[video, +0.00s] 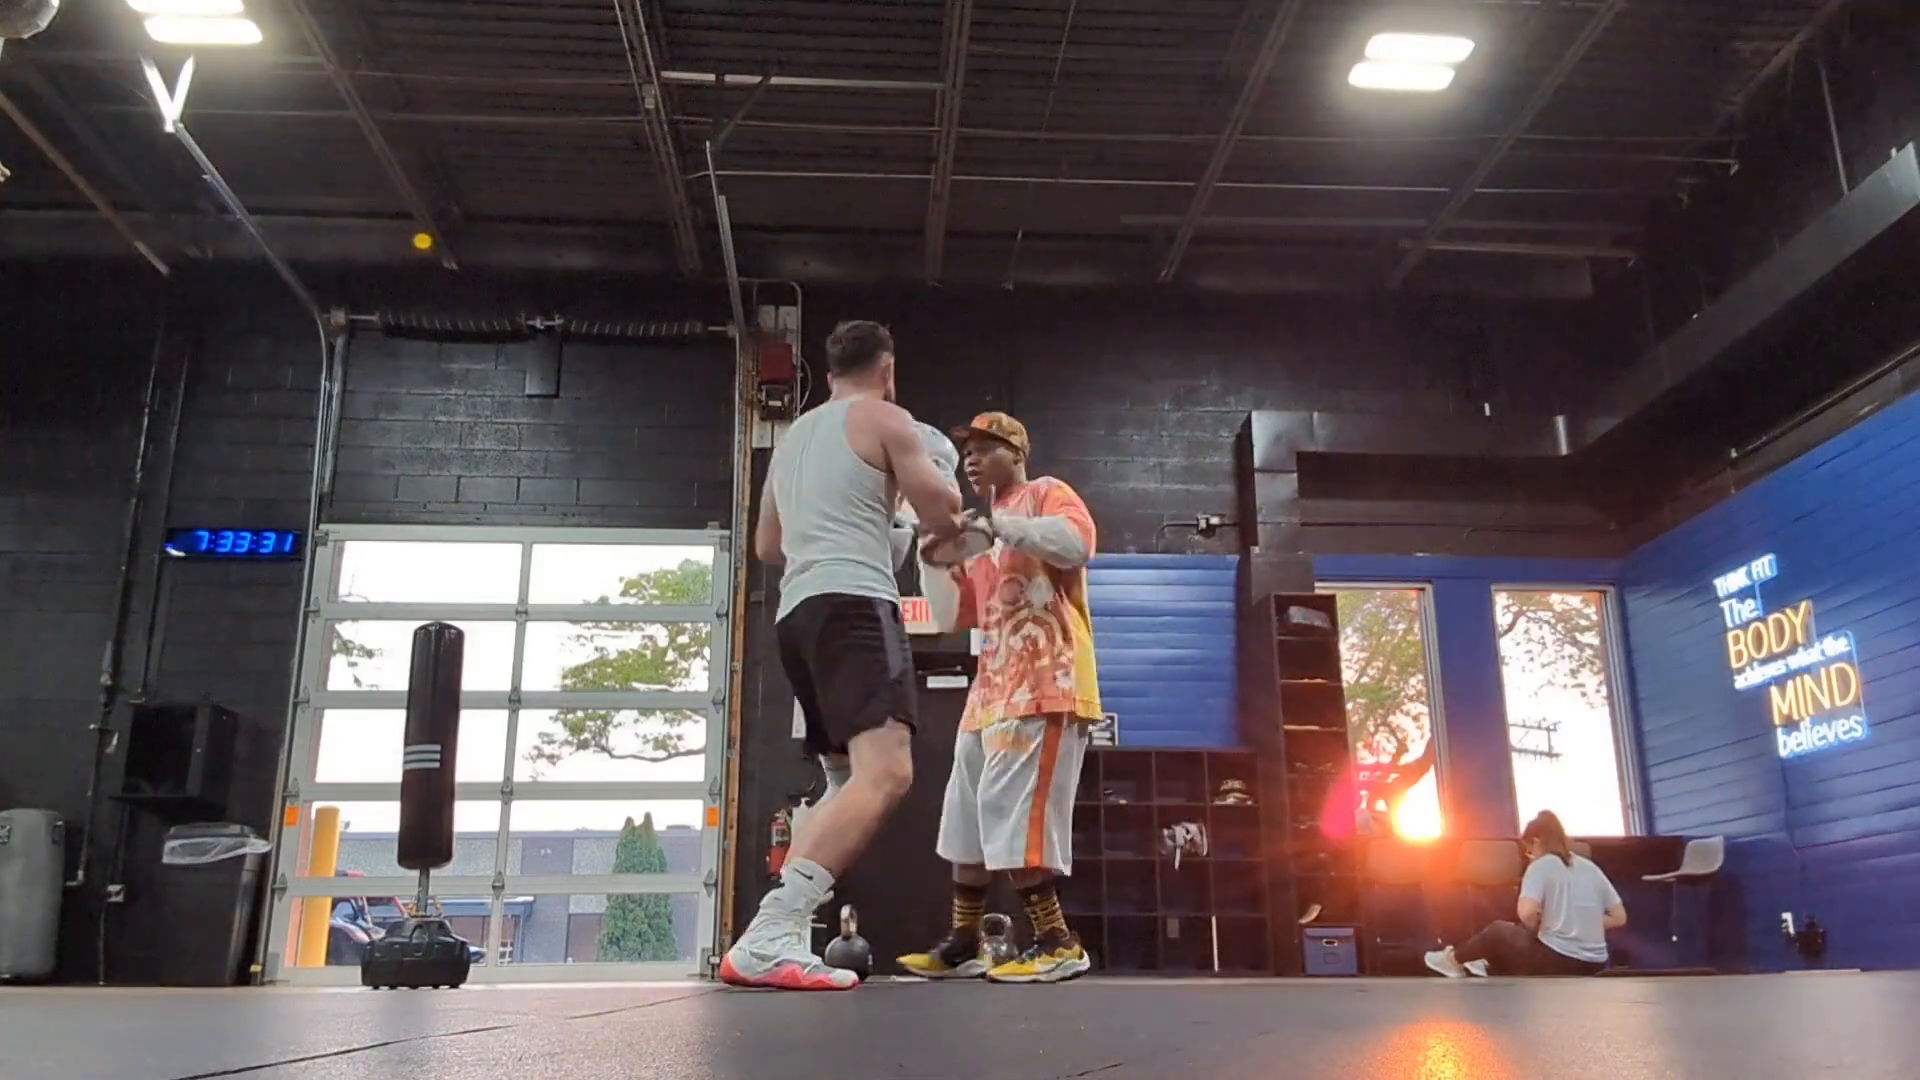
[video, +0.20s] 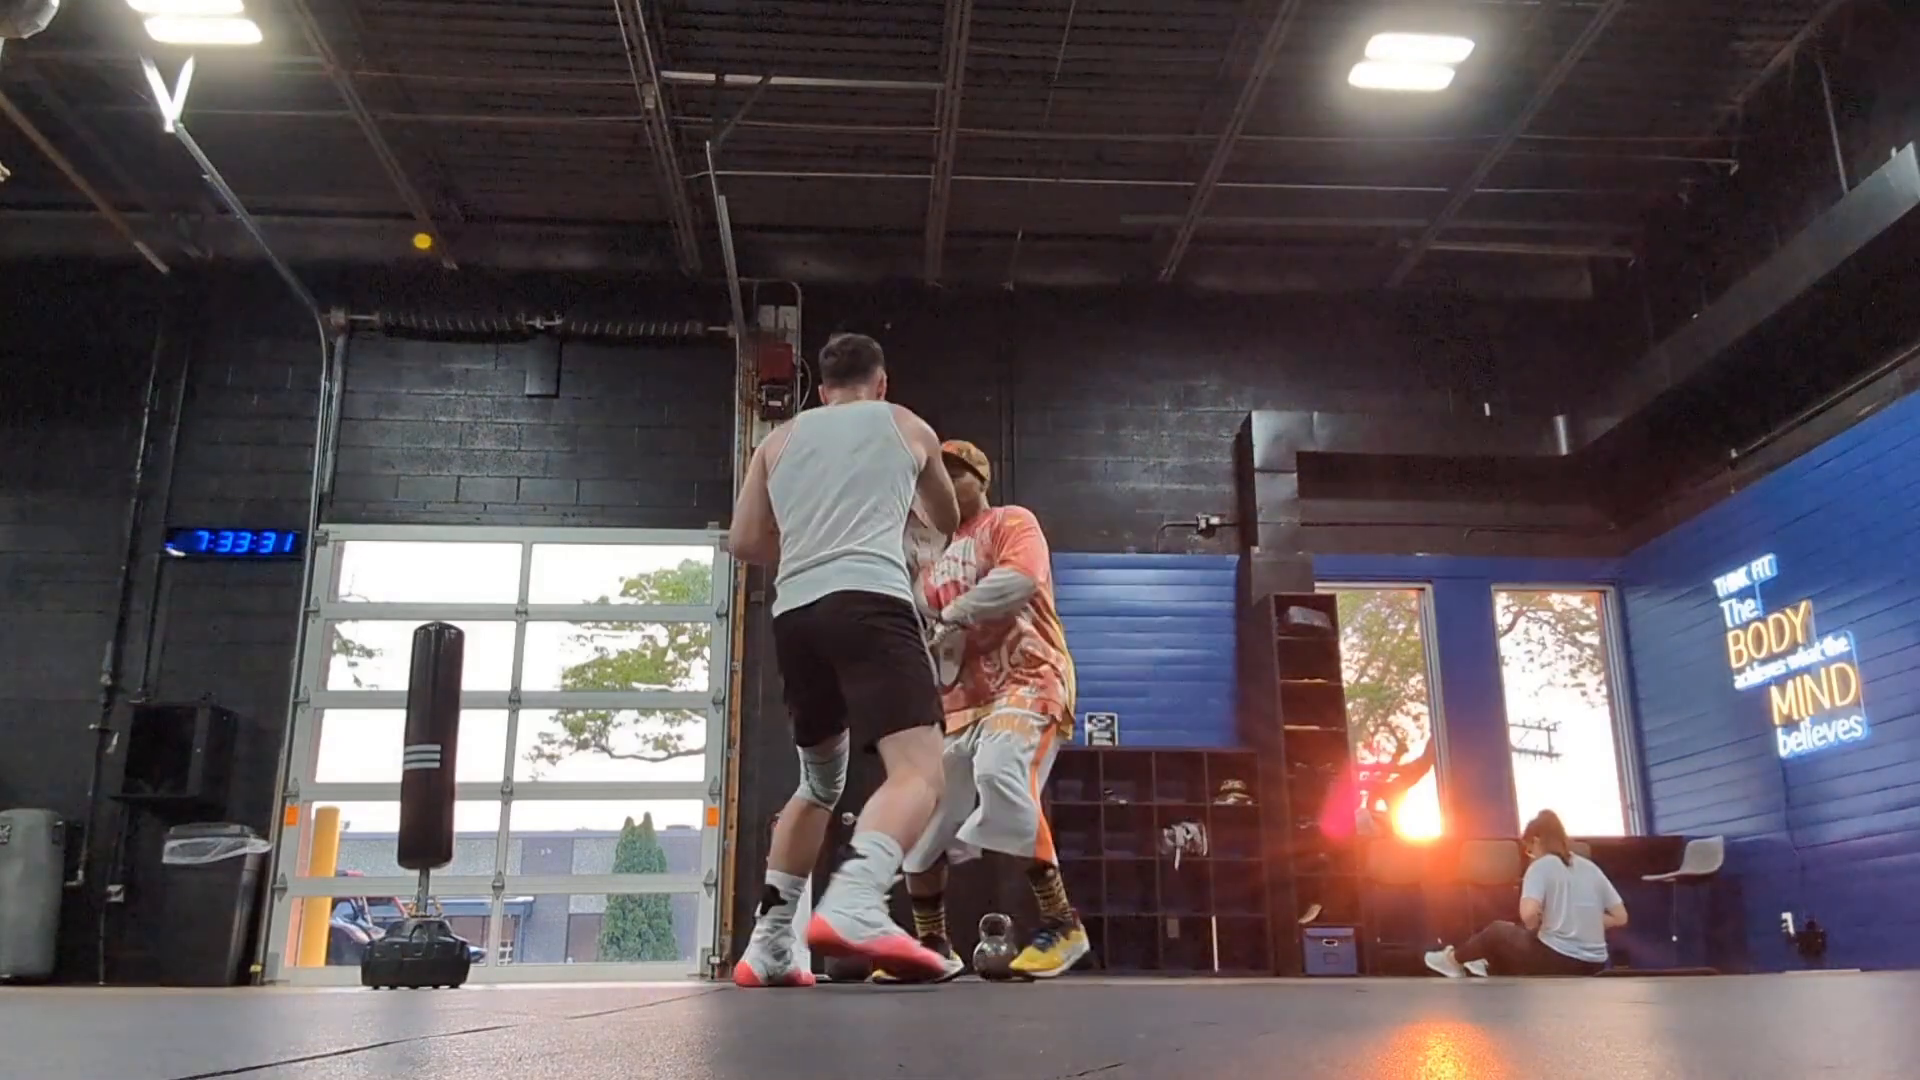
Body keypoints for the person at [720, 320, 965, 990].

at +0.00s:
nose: (896, 386)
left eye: (894, 377)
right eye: (895, 376)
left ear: (827, 376)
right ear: (887, 370)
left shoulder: (790, 440)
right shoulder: (883, 416)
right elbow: (938, 507)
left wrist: (847, 538)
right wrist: (940, 534)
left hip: (797, 613)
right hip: (854, 602)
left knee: (845, 782)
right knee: (884, 773)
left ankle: (776, 938)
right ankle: (773, 934)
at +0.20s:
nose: (883, 394)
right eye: (884, 385)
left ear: (818, 388)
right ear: (883, 383)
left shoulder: (776, 442)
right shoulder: (906, 426)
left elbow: (746, 540)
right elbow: (949, 516)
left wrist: (808, 553)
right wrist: (908, 475)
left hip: (793, 614)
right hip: (870, 601)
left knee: (817, 782)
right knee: (917, 772)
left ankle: (773, 942)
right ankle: (856, 903)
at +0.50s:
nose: (973, 378)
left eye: (974, 365)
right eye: (974, 363)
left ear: (906, 352)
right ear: (960, 356)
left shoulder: (868, 403)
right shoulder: (919, 394)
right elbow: (931, 511)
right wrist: (968, 481)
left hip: (784, 592)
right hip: (839, 578)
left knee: (848, 769)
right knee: (936, 737)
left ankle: (737, 917)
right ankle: (942, 934)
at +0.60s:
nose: (998, 419)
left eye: (1000, 409)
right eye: (998, 404)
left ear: (952, 383)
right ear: (976, 384)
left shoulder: (873, 430)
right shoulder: (906, 413)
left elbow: (876, 551)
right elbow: (919, 532)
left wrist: (938, 561)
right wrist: (986, 483)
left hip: (774, 598)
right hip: (828, 586)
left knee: (841, 779)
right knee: (944, 739)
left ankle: (739, 933)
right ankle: (943, 936)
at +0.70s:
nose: (982, 509)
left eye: (992, 500)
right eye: (993, 493)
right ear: (978, 465)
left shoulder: (861, 477)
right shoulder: (924, 464)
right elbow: (916, 586)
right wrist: (990, 542)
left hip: (751, 624)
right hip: (821, 609)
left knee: (829, 779)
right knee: (969, 745)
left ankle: (725, 934)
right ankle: (948, 935)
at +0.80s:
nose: (957, 562)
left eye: (960, 552)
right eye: (960, 544)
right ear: (949, 514)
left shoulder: (832, 524)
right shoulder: (929, 516)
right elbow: (915, 623)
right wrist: (975, 613)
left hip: (742, 649)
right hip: (830, 629)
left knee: (804, 785)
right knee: (986, 767)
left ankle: (714, 944)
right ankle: (951, 935)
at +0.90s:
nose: (911, 534)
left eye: (910, 527)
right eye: (909, 524)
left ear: (848, 495)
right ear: (899, 505)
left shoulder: (775, 516)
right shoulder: (902, 520)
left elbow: (752, 598)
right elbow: (906, 627)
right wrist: (927, 624)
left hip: (738, 655)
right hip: (829, 637)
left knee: (787, 783)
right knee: (969, 775)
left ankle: (715, 945)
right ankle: (955, 929)